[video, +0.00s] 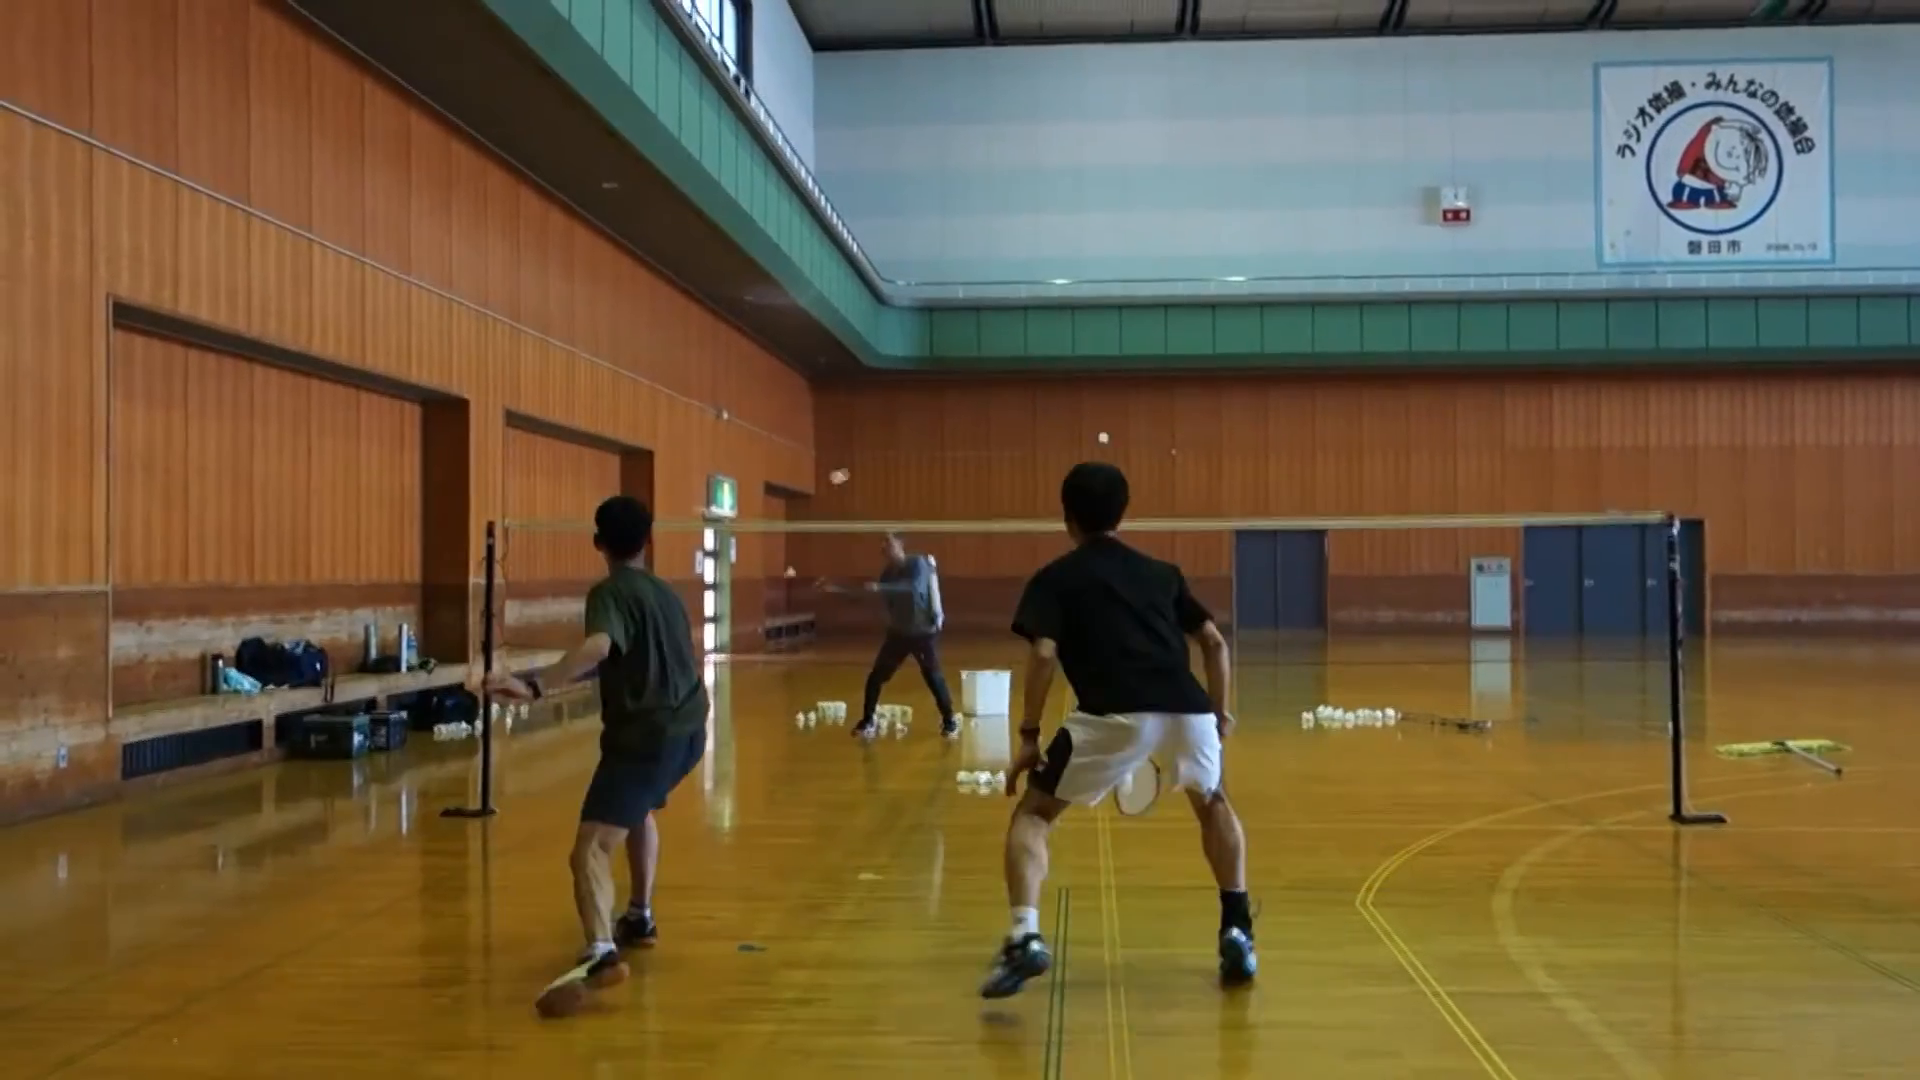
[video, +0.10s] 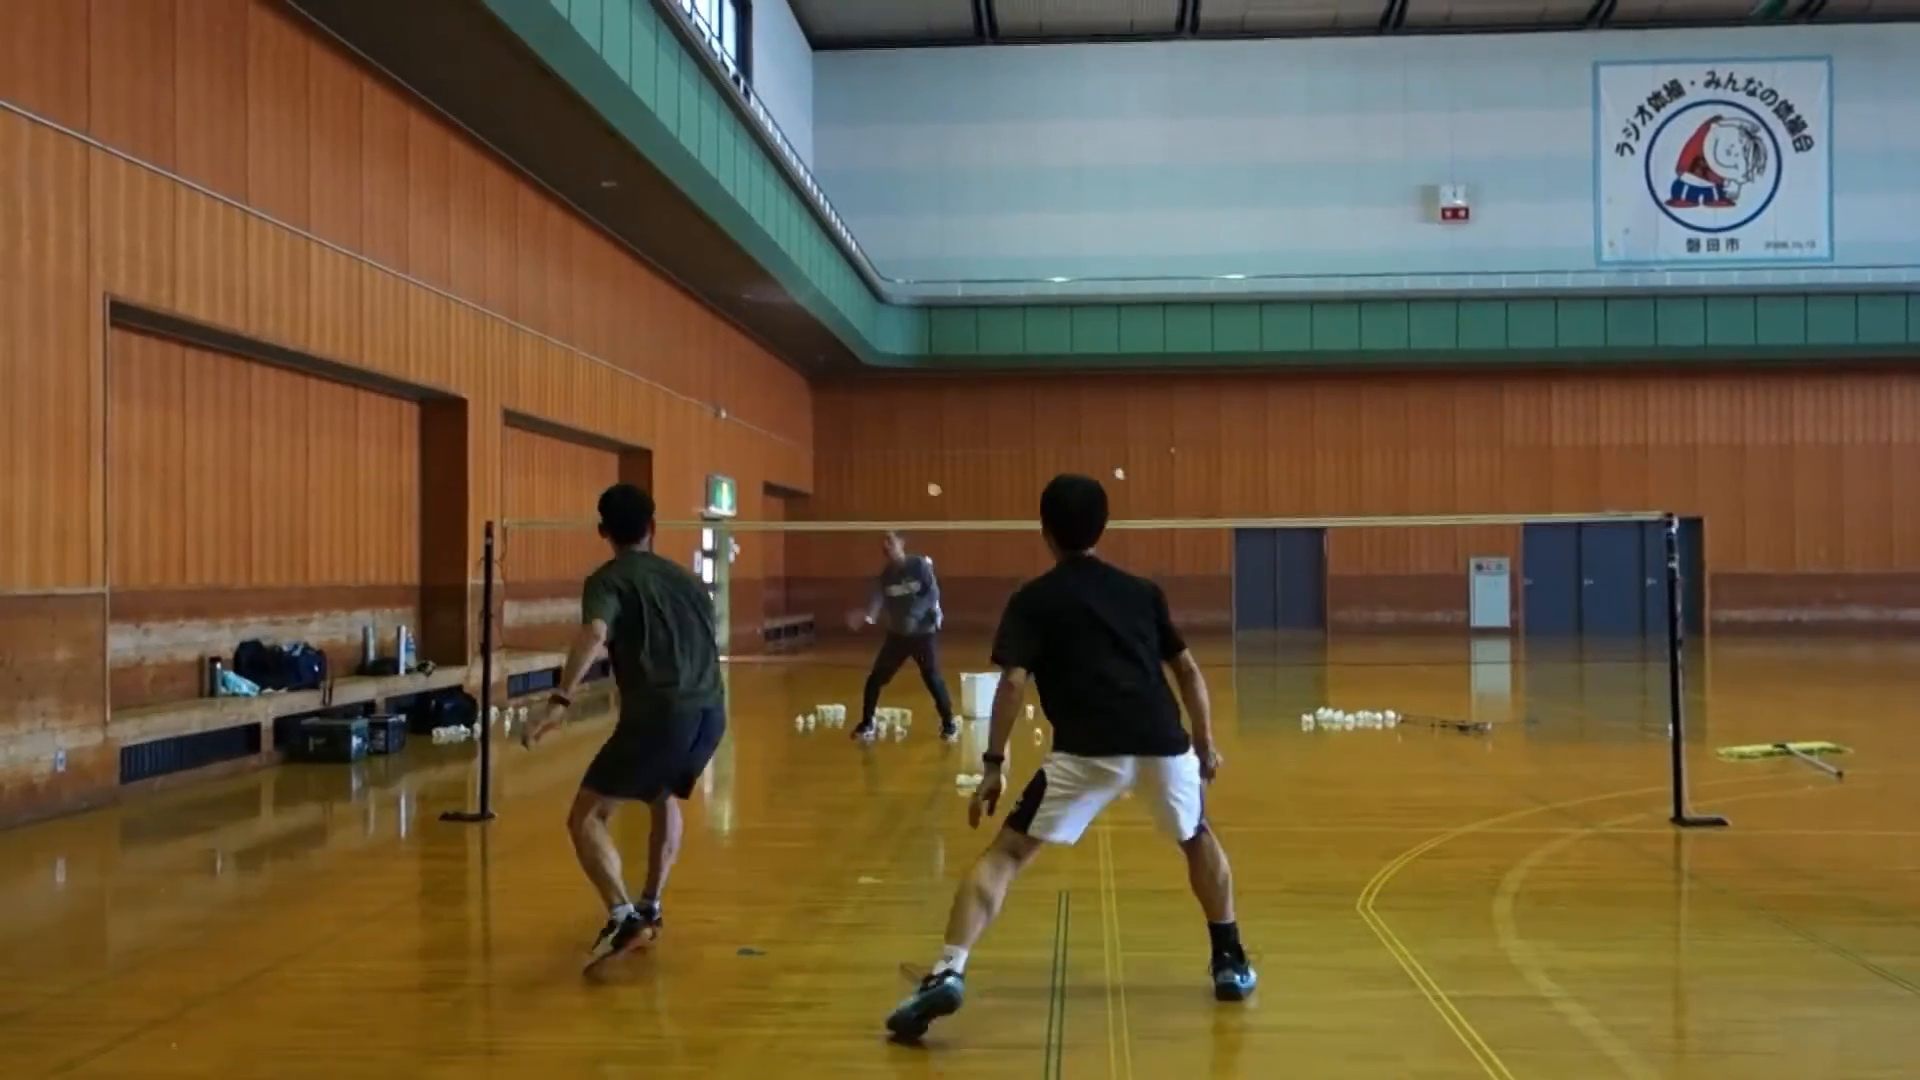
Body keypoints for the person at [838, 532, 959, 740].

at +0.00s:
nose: (888, 551)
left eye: (891, 546)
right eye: (886, 548)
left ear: (901, 546)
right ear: (884, 551)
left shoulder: (918, 563)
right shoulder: (888, 574)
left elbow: (916, 588)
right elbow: (871, 593)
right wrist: (837, 590)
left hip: (922, 632)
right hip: (898, 633)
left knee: (933, 677)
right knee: (876, 678)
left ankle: (949, 720)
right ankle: (867, 721)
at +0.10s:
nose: (889, 549)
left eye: (892, 544)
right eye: (886, 545)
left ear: (901, 544)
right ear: (884, 549)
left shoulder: (921, 565)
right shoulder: (885, 575)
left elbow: (932, 594)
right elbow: (877, 597)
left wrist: (914, 615)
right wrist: (871, 615)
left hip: (923, 635)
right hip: (897, 635)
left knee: (932, 678)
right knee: (875, 680)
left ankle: (948, 722)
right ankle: (867, 723)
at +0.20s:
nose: (888, 547)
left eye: (891, 542)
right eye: (885, 544)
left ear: (902, 543)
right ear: (883, 548)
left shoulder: (920, 565)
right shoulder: (884, 579)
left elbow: (943, 591)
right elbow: (885, 607)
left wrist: (940, 618)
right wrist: (895, 625)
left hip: (924, 635)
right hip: (899, 636)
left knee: (932, 679)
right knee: (874, 680)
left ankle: (947, 723)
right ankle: (867, 723)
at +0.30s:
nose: (887, 550)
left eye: (891, 545)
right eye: (884, 546)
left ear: (901, 545)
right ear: (882, 550)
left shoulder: (920, 566)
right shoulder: (882, 581)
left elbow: (944, 592)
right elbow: (885, 611)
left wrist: (940, 621)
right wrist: (890, 629)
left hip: (927, 636)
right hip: (901, 638)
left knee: (936, 682)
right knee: (875, 680)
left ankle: (948, 724)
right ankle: (867, 723)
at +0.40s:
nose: (885, 545)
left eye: (888, 540)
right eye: (882, 541)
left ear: (898, 542)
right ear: (880, 545)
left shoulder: (916, 564)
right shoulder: (880, 577)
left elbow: (938, 591)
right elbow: (881, 609)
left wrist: (938, 623)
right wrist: (878, 631)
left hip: (922, 636)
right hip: (895, 637)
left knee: (934, 682)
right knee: (873, 680)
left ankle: (948, 723)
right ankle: (866, 722)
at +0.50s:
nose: (884, 549)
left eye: (887, 543)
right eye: (881, 545)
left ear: (897, 544)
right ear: (878, 549)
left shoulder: (915, 567)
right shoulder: (882, 580)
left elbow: (933, 594)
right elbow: (883, 612)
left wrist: (920, 617)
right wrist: (870, 627)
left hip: (922, 636)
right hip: (897, 637)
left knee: (934, 683)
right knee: (872, 681)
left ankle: (947, 724)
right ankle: (866, 724)